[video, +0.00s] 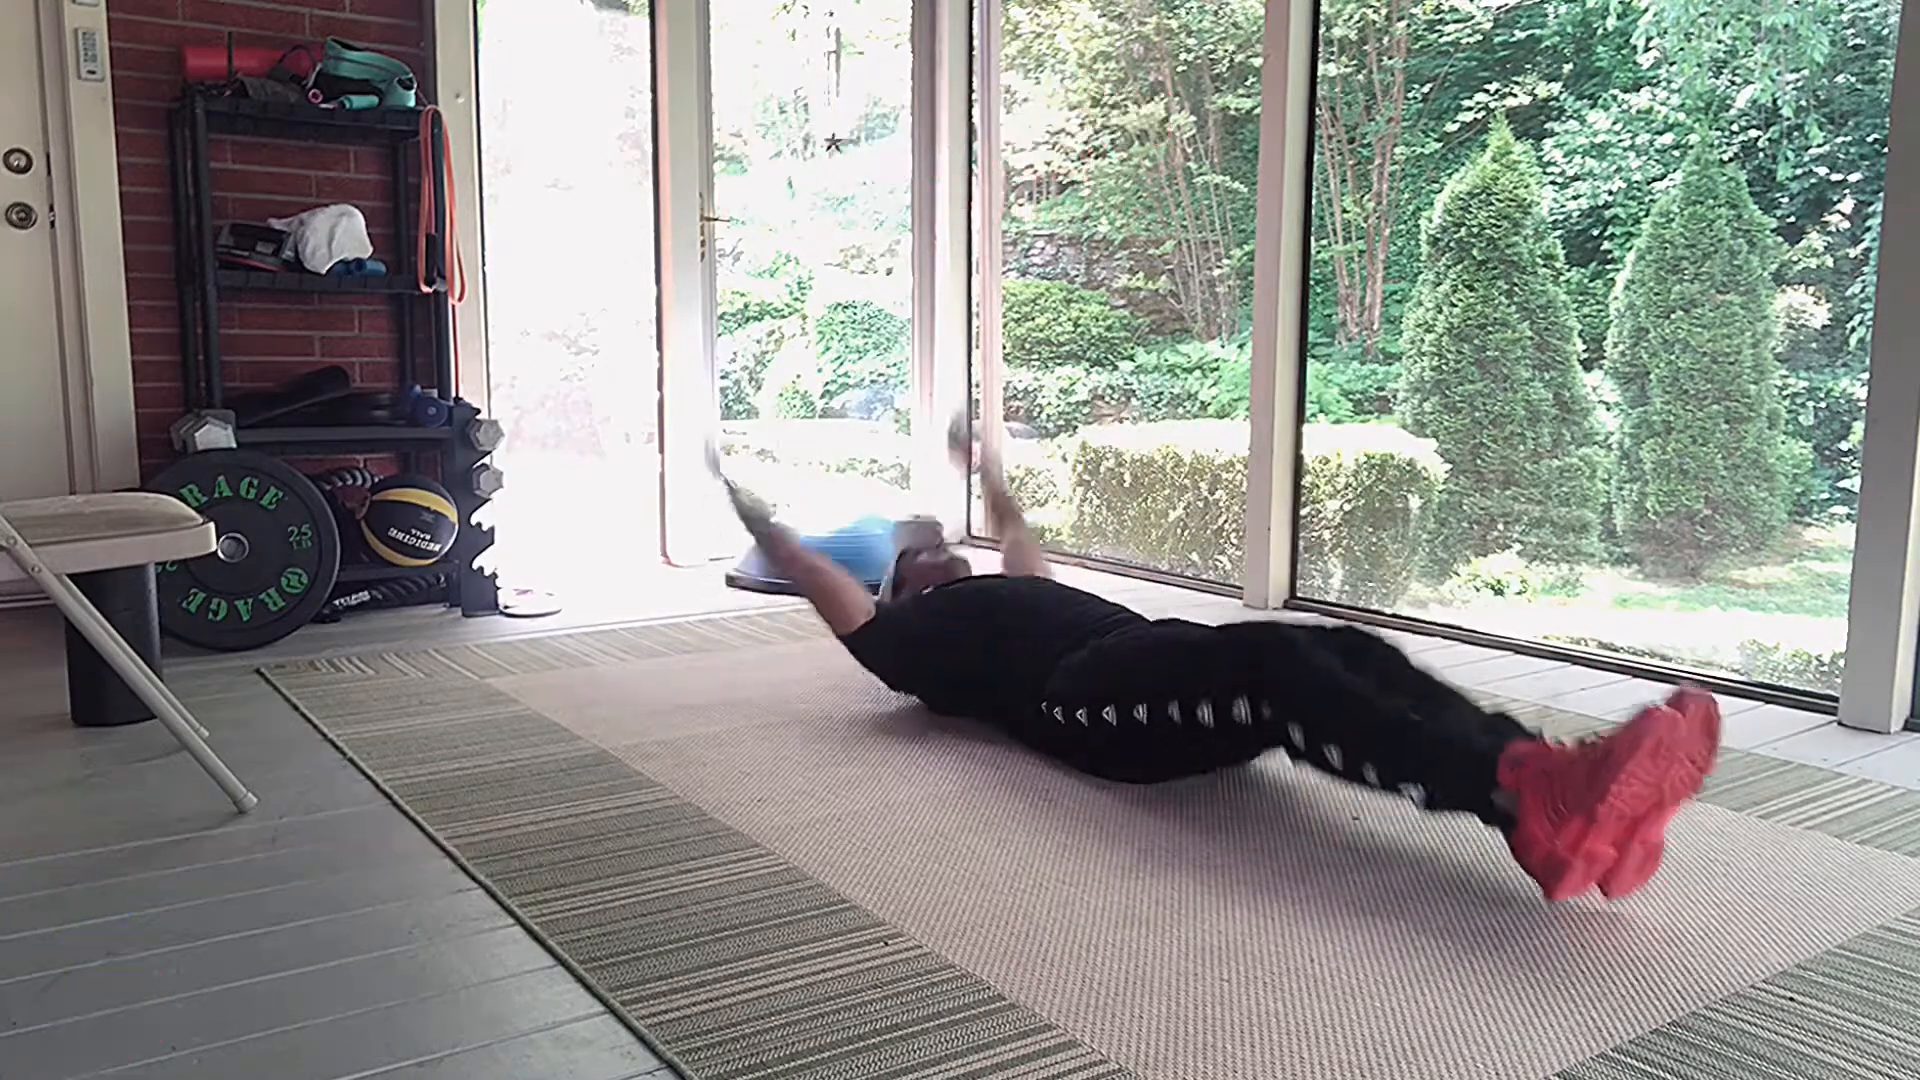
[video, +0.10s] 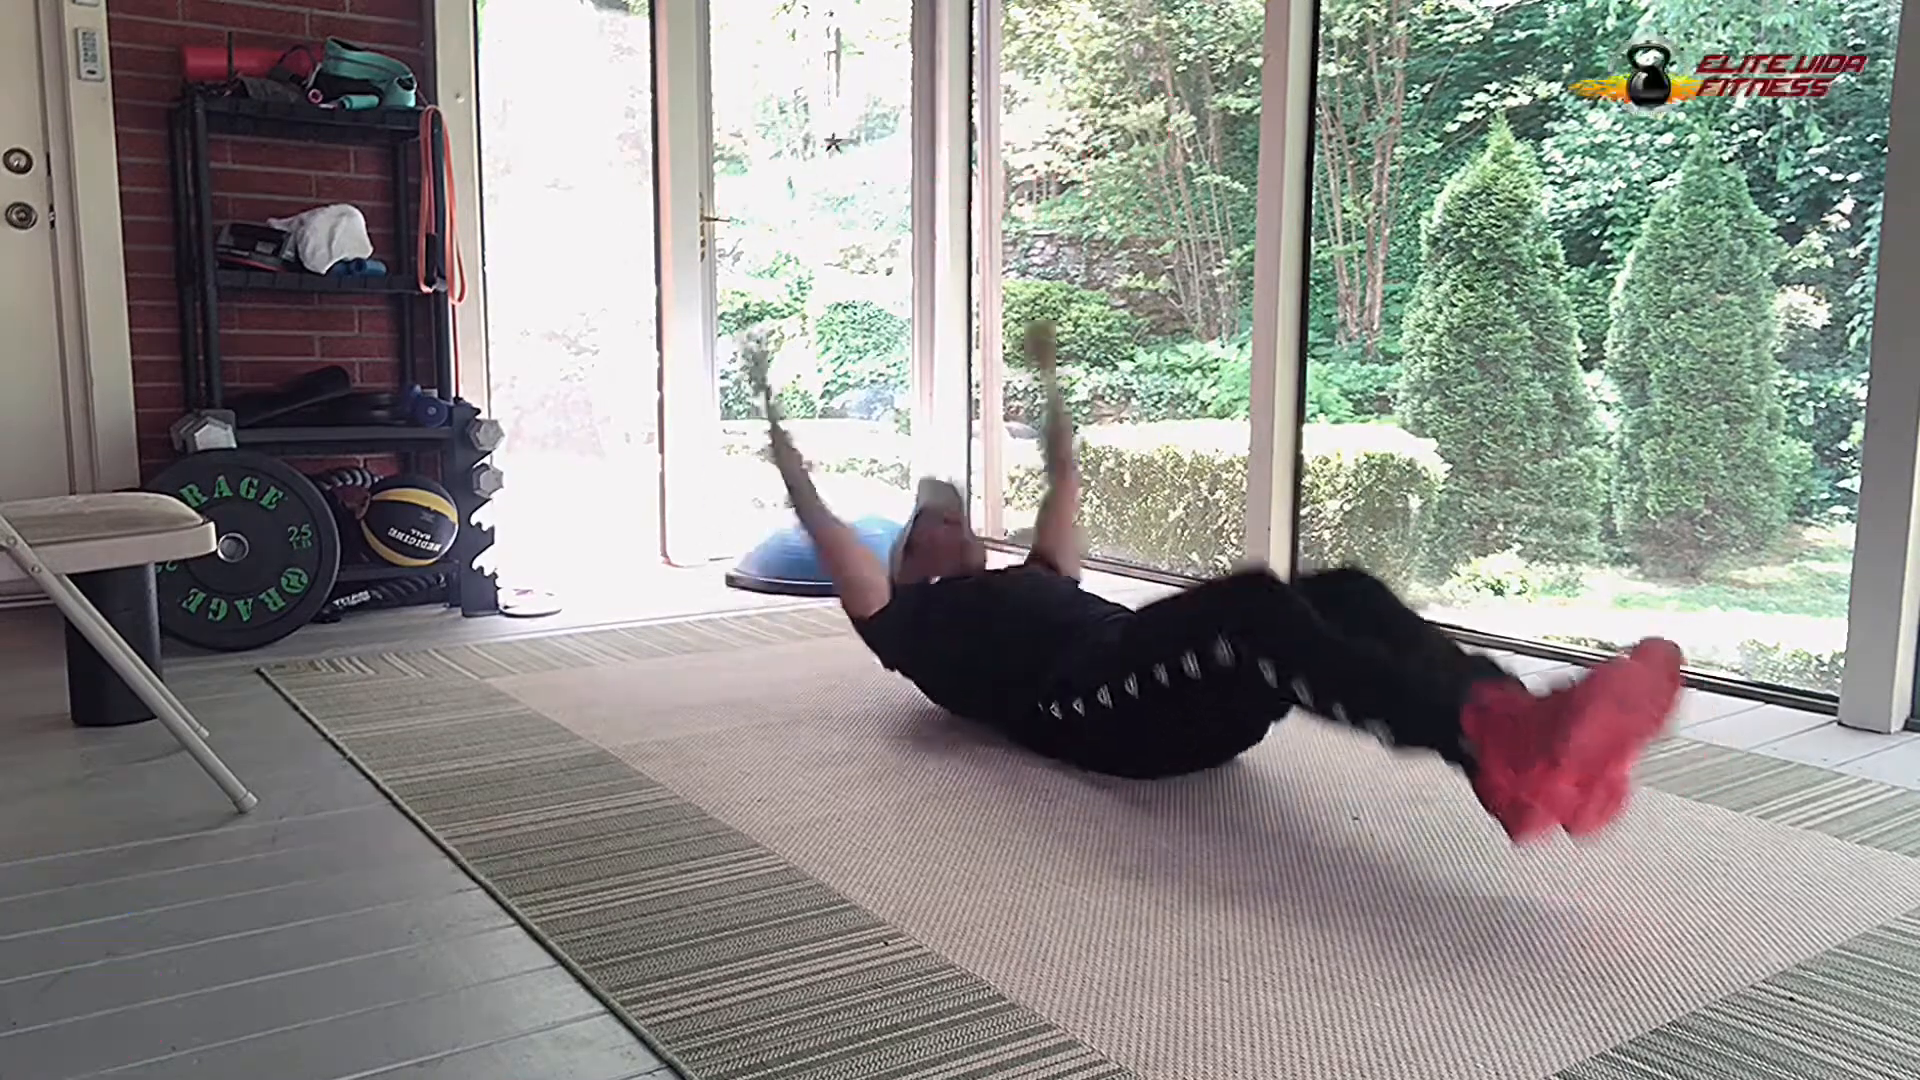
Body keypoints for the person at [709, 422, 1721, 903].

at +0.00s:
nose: (937, 558)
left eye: (942, 549)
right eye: (917, 558)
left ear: (967, 562)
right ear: (889, 590)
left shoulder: (1009, 594)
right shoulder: (895, 635)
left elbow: (1013, 540)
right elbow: (803, 564)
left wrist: (976, 482)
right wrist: (750, 509)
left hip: (1159, 654)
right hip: (1084, 699)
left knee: (1338, 641)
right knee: (1281, 666)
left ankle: (1560, 795)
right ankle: (1531, 809)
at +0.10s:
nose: (956, 523)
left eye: (959, 517)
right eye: (934, 522)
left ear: (975, 540)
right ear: (902, 560)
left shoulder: (1032, 580)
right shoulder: (910, 616)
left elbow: (1061, 497)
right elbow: (833, 542)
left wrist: (1051, 397)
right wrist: (791, 465)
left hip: (1172, 677)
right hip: (1099, 707)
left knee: (1336, 588)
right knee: (1256, 602)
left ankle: (1525, 748)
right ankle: (1497, 744)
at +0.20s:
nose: (975, 497)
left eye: (983, 490)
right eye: (955, 493)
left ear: (999, 515)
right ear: (919, 530)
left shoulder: (1054, 563)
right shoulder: (916, 604)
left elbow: (1115, 461)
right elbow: (858, 492)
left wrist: (1142, 340)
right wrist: (838, 374)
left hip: (1174, 690)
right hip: (1102, 712)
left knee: (1303, 524)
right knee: (1216, 536)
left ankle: (1482, 664)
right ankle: (1444, 688)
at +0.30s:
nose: (1005, 497)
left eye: (1010, 486)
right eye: (984, 487)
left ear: (1018, 504)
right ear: (939, 510)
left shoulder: (1074, 555)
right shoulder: (933, 597)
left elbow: (1167, 466)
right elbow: (908, 473)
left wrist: (1234, 351)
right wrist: (919, 353)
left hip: (1185, 696)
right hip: (1102, 707)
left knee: (1252, 475)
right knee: (1159, 497)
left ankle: (1419, 601)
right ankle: (1373, 612)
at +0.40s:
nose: (1032, 489)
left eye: (1033, 474)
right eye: (1013, 478)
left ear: (1035, 483)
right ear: (966, 492)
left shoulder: (1068, 559)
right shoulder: (937, 588)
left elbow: (1204, 531)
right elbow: (967, 503)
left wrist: (1299, 414)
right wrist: (1000, 437)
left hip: (1186, 698)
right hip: (1095, 706)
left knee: (1202, 445)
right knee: (1114, 456)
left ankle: (1351, 540)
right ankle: (1308, 564)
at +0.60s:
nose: (1041, 505)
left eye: (1037, 492)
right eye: (1019, 494)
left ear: (1046, 491)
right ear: (981, 499)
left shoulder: (1078, 530)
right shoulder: (943, 567)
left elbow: (1197, 531)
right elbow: (991, 597)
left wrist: (1324, 544)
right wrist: (1105, 563)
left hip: (1185, 695)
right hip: (1084, 713)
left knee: (1133, 444)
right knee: (1062, 449)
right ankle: (1211, 491)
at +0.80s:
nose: (959, 526)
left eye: (961, 509)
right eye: (989, 502)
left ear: (989, 503)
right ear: (968, 509)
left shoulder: (1069, 537)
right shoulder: (936, 579)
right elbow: (971, 600)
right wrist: (1071, 561)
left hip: (1191, 689)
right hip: (1091, 712)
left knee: (1129, 444)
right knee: (1049, 447)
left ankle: (1287, 535)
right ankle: (1214, 521)